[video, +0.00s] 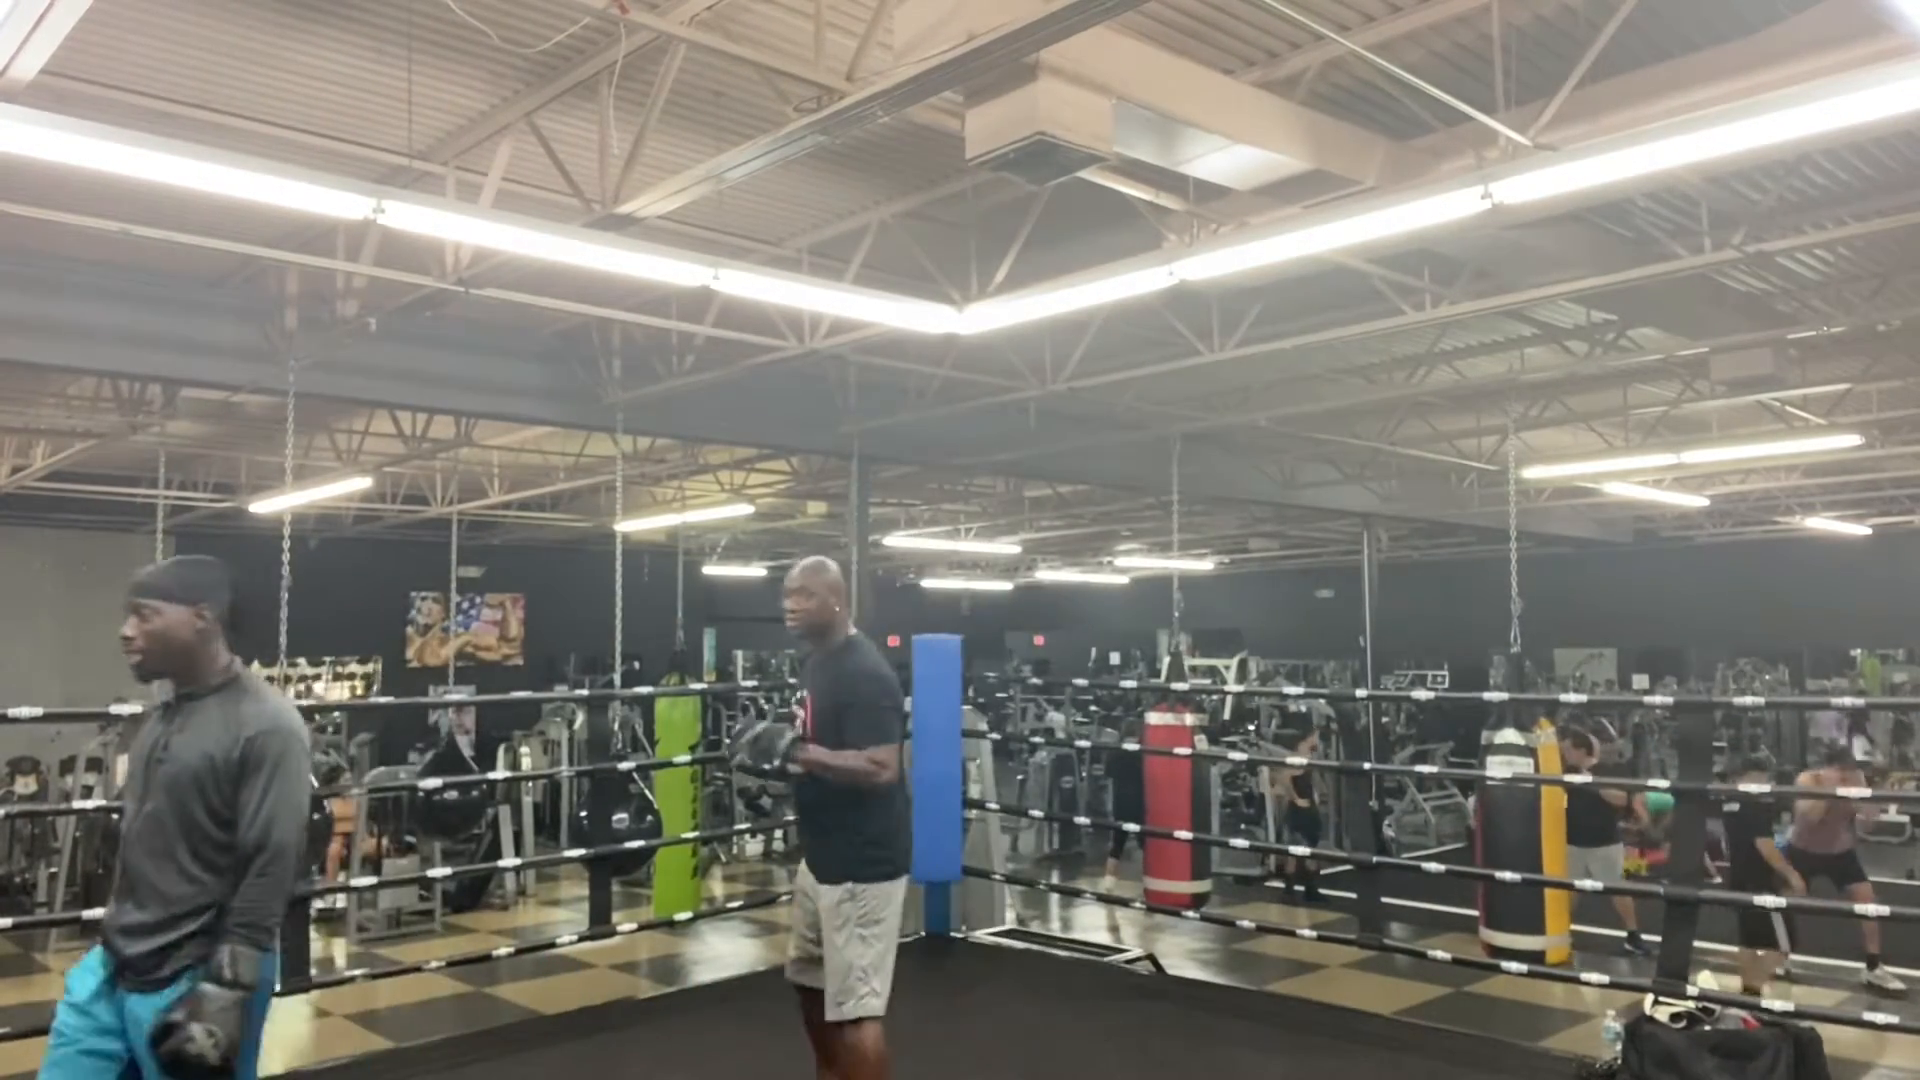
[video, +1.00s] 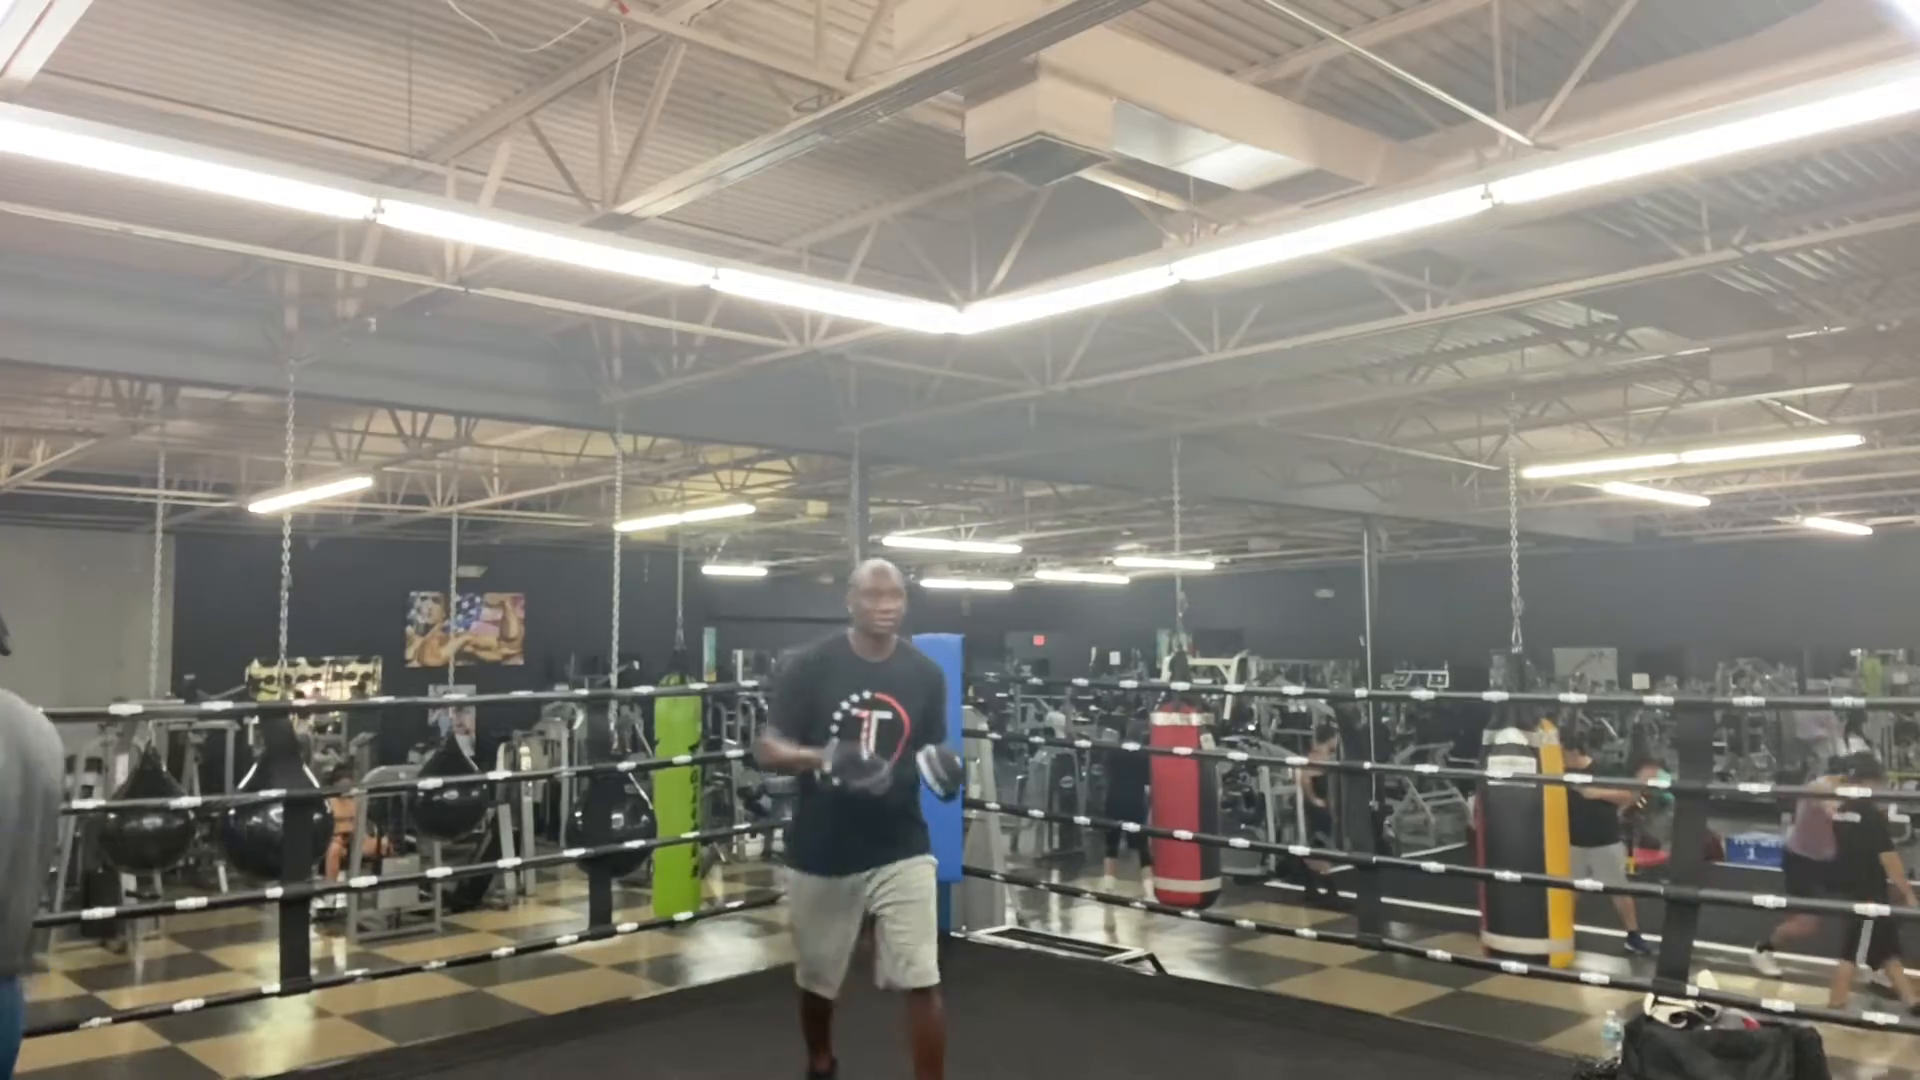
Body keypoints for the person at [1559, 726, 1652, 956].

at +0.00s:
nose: (1565, 754)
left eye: (1569, 750)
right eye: (1565, 750)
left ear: (1584, 751)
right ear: (1569, 751)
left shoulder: (1607, 771)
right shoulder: (1566, 773)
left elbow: (1620, 799)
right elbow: (1554, 801)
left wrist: (1593, 783)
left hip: (1605, 842)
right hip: (1571, 840)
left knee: (1618, 890)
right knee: (1564, 891)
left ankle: (1633, 933)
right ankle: (1559, 933)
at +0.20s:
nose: (1559, 754)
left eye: (1563, 749)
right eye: (1559, 750)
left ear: (1580, 750)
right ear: (1569, 751)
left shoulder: (1604, 772)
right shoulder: (1562, 774)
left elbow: (1621, 798)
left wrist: (1592, 786)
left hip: (1604, 842)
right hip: (1570, 841)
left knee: (1618, 890)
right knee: (1566, 890)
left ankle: (1633, 934)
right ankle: (1562, 931)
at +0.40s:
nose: (1560, 756)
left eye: (1563, 751)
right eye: (1560, 751)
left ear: (1580, 751)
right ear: (1569, 751)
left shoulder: (1606, 772)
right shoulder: (1562, 775)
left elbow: (1623, 797)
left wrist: (1593, 792)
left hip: (1604, 843)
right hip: (1570, 842)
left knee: (1618, 890)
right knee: (1565, 890)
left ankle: (1633, 934)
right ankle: (1562, 931)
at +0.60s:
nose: (1560, 758)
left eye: (1563, 752)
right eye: (1560, 752)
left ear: (1579, 752)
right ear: (1569, 753)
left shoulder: (1606, 773)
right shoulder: (1563, 775)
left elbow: (1623, 796)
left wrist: (1593, 793)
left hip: (1605, 842)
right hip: (1571, 841)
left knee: (1619, 890)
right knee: (1566, 889)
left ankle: (1633, 934)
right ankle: (1563, 931)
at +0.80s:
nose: (1561, 759)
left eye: (1564, 754)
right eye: (1560, 754)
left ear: (1579, 753)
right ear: (1563, 754)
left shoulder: (1604, 771)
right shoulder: (1559, 775)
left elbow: (1627, 795)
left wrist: (1593, 793)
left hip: (1606, 842)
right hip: (1572, 842)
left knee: (1619, 890)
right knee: (1569, 891)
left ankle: (1633, 934)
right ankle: (1564, 933)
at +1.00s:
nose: (1561, 758)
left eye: (1564, 753)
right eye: (1560, 753)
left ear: (1577, 751)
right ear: (1561, 753)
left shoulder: (1605, 771)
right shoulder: (1557, 775)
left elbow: (1628, 795)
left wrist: (1596, 792)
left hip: (1605, 842)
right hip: (1571, 842)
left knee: (1619, 890)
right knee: (1566, 892)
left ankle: (1633, 934)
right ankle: (1561, 936)